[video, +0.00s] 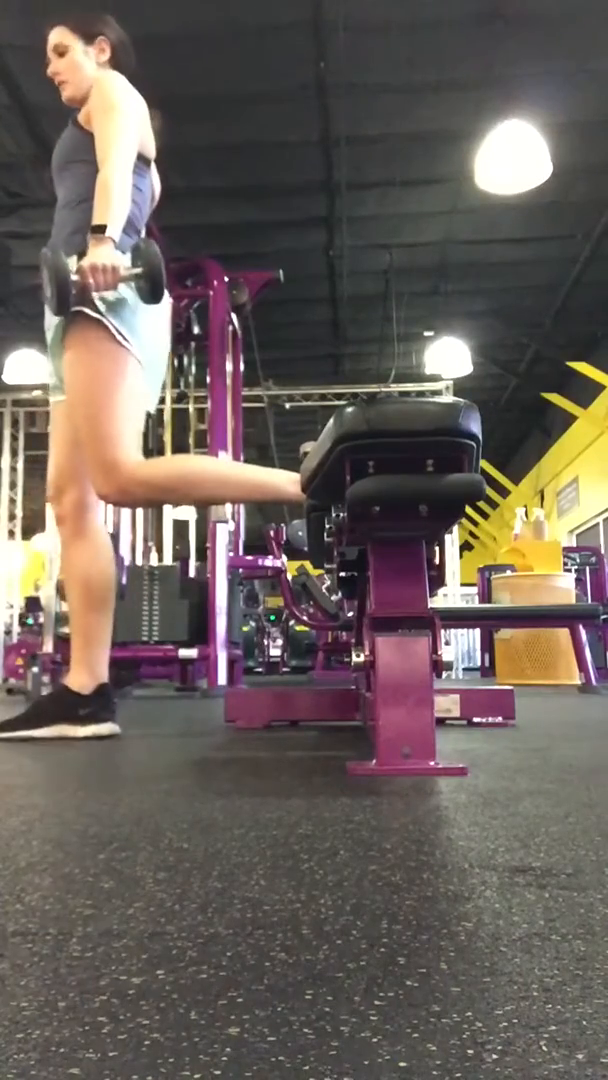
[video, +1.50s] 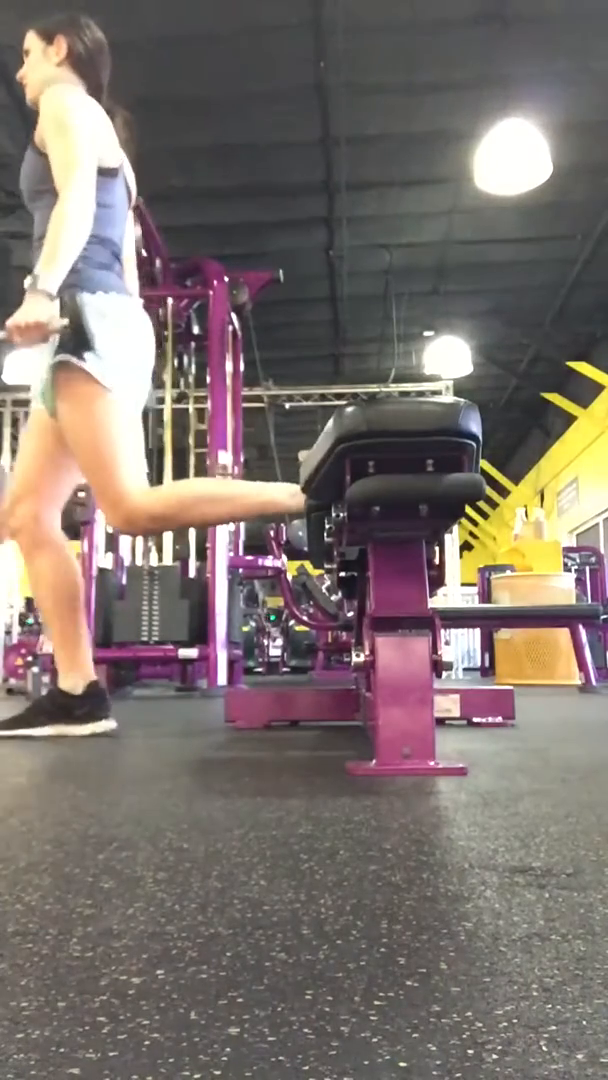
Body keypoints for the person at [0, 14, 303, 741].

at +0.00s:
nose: (51, 68)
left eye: (61, 53)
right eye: (48, 58)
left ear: (101, 51)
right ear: (91, 57)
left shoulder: (113, 93)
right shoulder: (101, 120)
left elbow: (119, 161)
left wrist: (103, 238)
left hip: (113, 293)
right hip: (98, 301)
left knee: (117, 475)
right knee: (71, 499)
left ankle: (310, 486)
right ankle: (85, 689)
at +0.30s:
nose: (49, 92)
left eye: (53, 74)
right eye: (43, 82)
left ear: (90, 61)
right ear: (89, 67)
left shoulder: (105, 98)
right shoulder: (128, 129)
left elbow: (115, 168)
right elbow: (149, 196)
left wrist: (100, 244)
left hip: (117, 293)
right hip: (133, 302)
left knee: (117, 483)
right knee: (84, 505)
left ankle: (309, 487)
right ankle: (90, 690)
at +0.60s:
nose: (46, 135)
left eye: (45, 118)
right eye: (40, 129)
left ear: (73, 93)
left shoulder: (100, 111)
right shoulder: (128, 166)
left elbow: (109, 171)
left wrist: (77, 236)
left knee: (119, 488)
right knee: (47, 505)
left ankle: (305, 486)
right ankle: (84, 688)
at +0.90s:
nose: (49, 88)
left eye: (51, 71)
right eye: (46, 79)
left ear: (77, 51)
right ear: (96, 56)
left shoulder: (98, 68)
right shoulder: (108, 124)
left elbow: (130, 130)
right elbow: (132, 218)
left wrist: (79, 196)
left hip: (110, 263)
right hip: (122, 278)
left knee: (123, 444)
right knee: (43, 478)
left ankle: (307, 479)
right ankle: (72, 661)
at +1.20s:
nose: (35, 78)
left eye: (41, 63)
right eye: (36, 66)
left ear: (72, 57)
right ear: (95, 66)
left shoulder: (75, 94)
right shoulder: (121, 130)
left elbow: (94, 175)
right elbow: (146, 259)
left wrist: (59, 266)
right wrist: (143, 349)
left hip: (100, 298)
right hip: (118, 309)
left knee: (124, 495)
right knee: (42, 506)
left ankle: (309, 497)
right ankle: (77, 688)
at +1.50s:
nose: (18, 69)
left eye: (25, 54)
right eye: (21, 57)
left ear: (58, 51)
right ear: (70, 56)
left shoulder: (63, 101)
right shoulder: (90, 122)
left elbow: (77, 195)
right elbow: (120, 242)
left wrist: (40, 290)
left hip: (95, 317)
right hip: (95, 323)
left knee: (126, 507)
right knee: (27, 515)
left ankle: (306, 493)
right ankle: (76, 691)